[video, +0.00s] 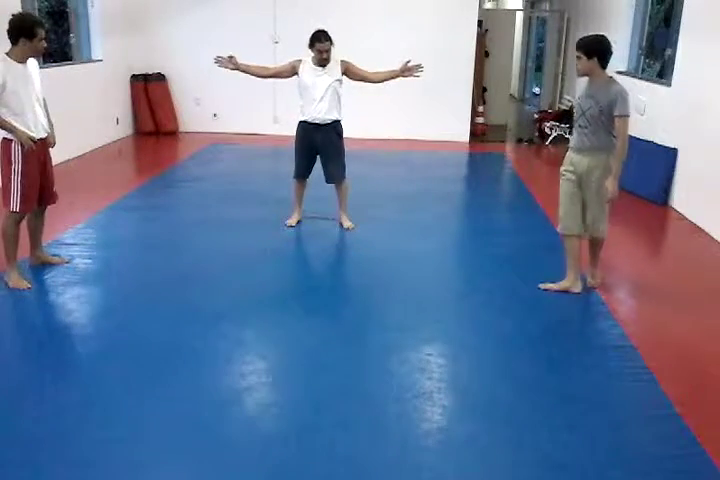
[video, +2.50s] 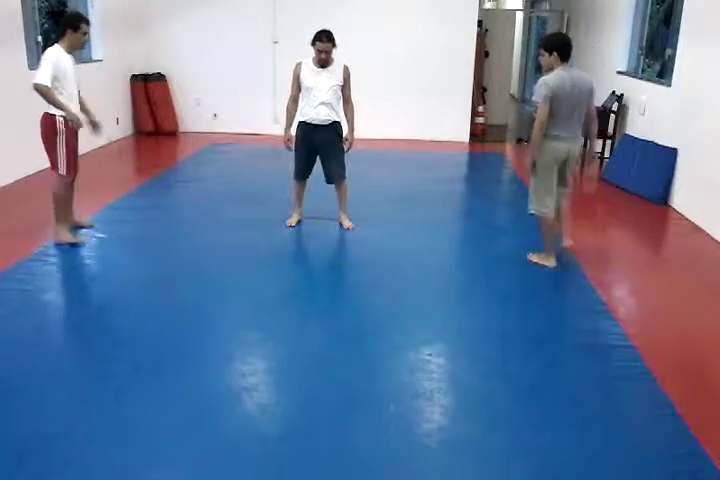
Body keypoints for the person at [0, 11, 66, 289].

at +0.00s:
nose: (45, 45)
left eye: (45, 39)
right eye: (41, 40)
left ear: (27, 41)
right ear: (24, 40)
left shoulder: (32, 63)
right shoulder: (4, 67)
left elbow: (39, 99)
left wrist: (49, 128)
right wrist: (16, 131)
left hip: (39, 140)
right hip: (14, 144)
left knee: (39, 202)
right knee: (16, 209)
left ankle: (37, 252)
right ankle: (11, 268)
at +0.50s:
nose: (46, 44)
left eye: (45, 38)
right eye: (42, 39)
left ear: (27, 41)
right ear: (25, 40)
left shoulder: (29, 65)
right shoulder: (5, 68)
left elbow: (33, 102)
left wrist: (42, 130)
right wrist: (17, 133)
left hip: (34, 142)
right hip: (12, 145)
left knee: (55, 197)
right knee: (14, 211)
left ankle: (42, 245)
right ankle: (11, 269)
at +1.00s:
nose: (51, 46)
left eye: (52, 41)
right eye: (51, 40)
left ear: (29, 37)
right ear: (42, 39)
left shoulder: (17, 61)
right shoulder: (26, 65)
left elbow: (9, 93)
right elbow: (30, 102)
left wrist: (35, 118)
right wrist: (49, 130)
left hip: (27, 136)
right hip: (36, 138)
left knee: (41, 198)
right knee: (59, 198)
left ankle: (42, 249)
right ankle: (36, 252)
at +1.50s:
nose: (69, 46)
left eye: (68, 41)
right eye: (68, 41)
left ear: (43, 38)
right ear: (64, 40)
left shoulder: (25, 63)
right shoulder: (63, 67)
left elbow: (4, 93)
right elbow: (83, 100)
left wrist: (23, 119)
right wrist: (79, 123)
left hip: (34, 134)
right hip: (60, 135)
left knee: (46, 190)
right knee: (71, 186)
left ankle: (44, 247)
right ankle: (70, 235)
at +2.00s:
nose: (83, 45)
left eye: (84, 41)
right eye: (83, 41)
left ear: (62, 36)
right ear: (76, 38)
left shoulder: (43, 56)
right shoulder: (71, 59)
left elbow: (19, 84)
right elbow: (86, 91)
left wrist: (33, 113)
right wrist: (82, 117)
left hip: (44, 124)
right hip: (63, 125)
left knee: (63, 177)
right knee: (72, 180)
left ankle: (68, 222)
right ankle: (69, 234)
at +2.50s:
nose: (86, 40)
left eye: (87, 35)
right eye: (84, 34)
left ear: (74, 33)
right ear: (70, 32)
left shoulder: (67, 58)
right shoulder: (53, 54)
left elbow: (74, 93)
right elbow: (40, 85)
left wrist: (89, 116)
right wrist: (67, 112)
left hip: (68, 121)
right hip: (57, 121)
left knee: (70, 173)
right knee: (63, 175)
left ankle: (69, 218)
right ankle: (61, 229)